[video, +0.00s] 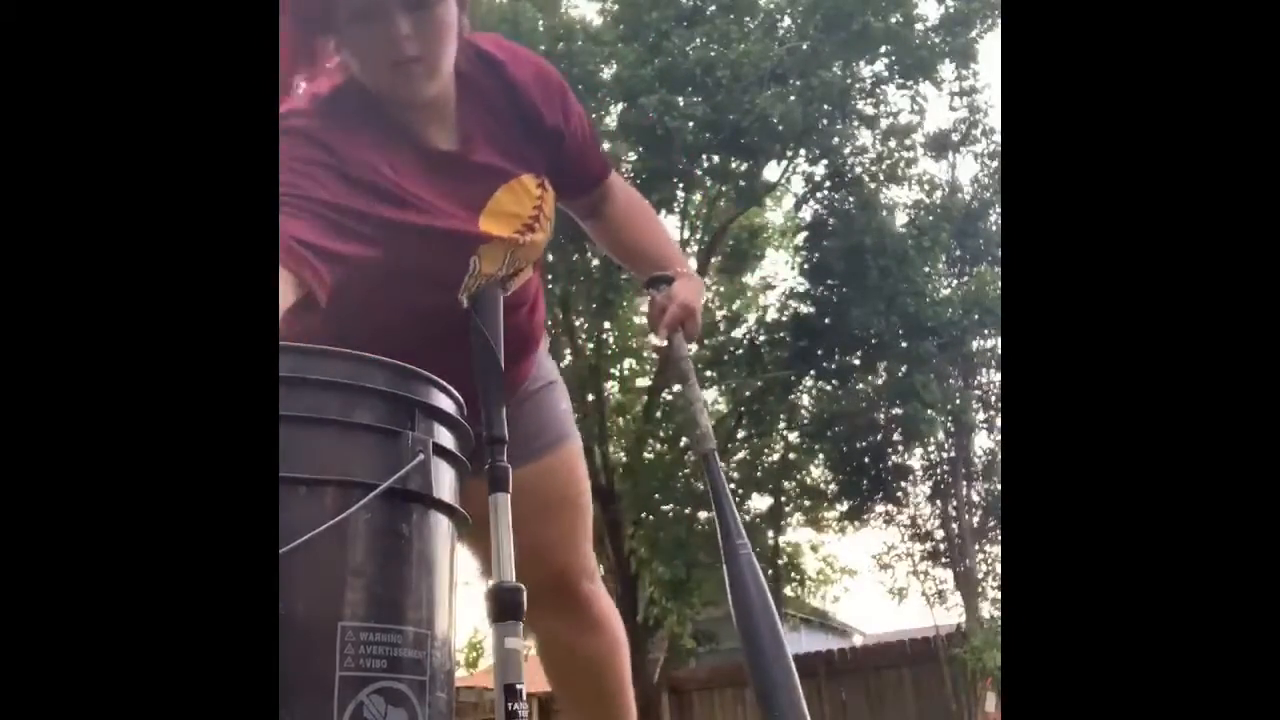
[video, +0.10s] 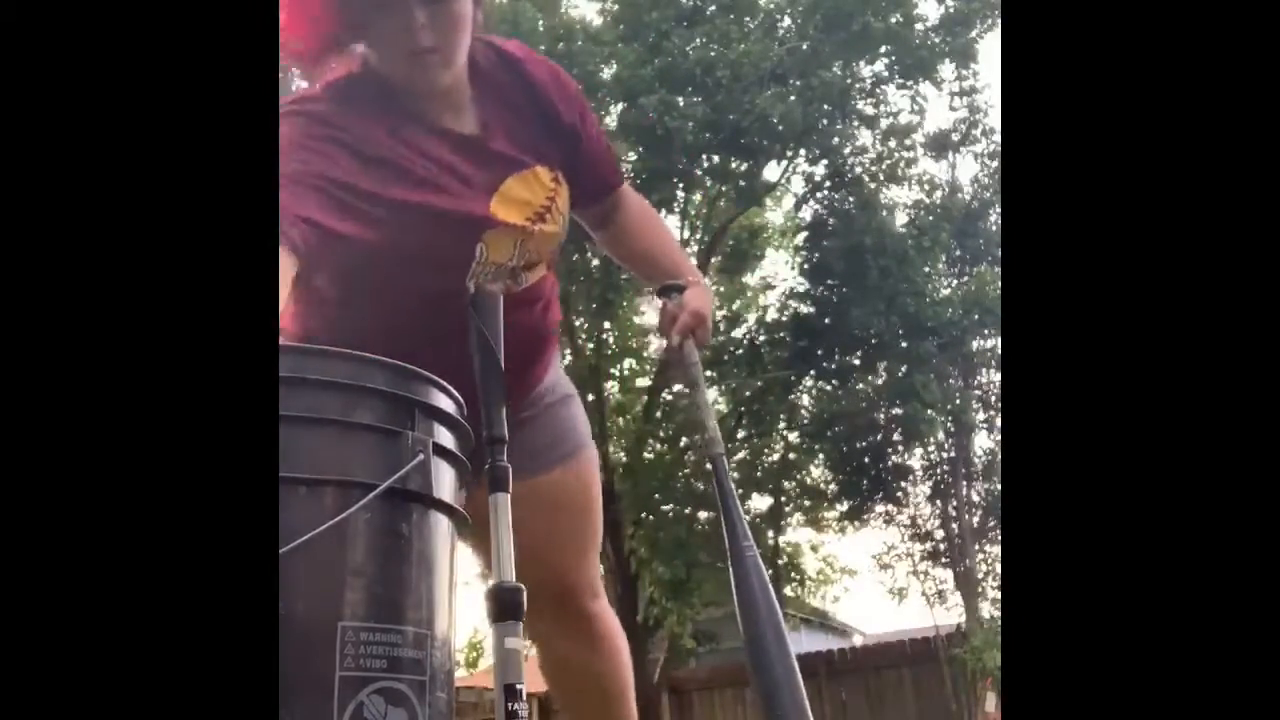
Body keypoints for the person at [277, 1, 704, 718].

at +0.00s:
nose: (403, 33)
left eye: (421, 5)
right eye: (370, 15)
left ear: (457, 8)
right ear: (334, 38)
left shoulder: (520, 87)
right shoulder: (310, 139)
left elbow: (599, 195)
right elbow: (288, 268)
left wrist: (676, 270)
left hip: (511, 381)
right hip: (366, 397)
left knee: (569, 589)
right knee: (341, 613)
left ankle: (613, 718)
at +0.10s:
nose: (423, 21)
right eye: (393, 6)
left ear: (474, 3)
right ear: (354, 24)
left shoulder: (535, 92)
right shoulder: (306, 132)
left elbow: (609, 203)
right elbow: (278, 267)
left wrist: (687, 279)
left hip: (522, 402)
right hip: (360, 413)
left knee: (577, 612)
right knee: (338, 630)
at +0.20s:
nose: (427, 22)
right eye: (395, 5)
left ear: (481, 5)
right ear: (354, 26)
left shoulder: (537, 94)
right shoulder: (332, 133)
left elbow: (615, 213)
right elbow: (288, 236)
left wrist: (687, 283)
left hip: (535, 407)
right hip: (390, 419)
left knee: (580, 622)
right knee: (380, 641)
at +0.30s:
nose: (426, 26)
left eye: (445, 0)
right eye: (393, 7)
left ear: (481, 11)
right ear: (355, 27)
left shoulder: (533, 101)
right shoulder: (334, 149)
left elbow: (607, 214)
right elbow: (294, 249)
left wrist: (684, 286)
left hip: (531, 404)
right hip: (388, 416)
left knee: (576, 614)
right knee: (369, 634)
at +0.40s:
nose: (409, 46)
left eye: (431, 18)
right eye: (374, 25)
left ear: (468, 18)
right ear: (338, 33)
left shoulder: (526, 108)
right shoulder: (324, 151)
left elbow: (602, 210)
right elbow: (294, 268)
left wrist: (679, 286)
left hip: (520, 396)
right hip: (375, 408)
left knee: (565, 612)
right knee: (350, 628)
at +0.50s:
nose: (394, 61)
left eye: (417, 31)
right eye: (358, 40)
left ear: (455, 25)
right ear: (323, 50)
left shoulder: (517, 110)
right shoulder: (317, 169)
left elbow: (596, 204)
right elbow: (289, 295)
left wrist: (677, 281)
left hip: (510, 395)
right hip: (369, 408)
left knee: (554, 614)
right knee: (350, 627)